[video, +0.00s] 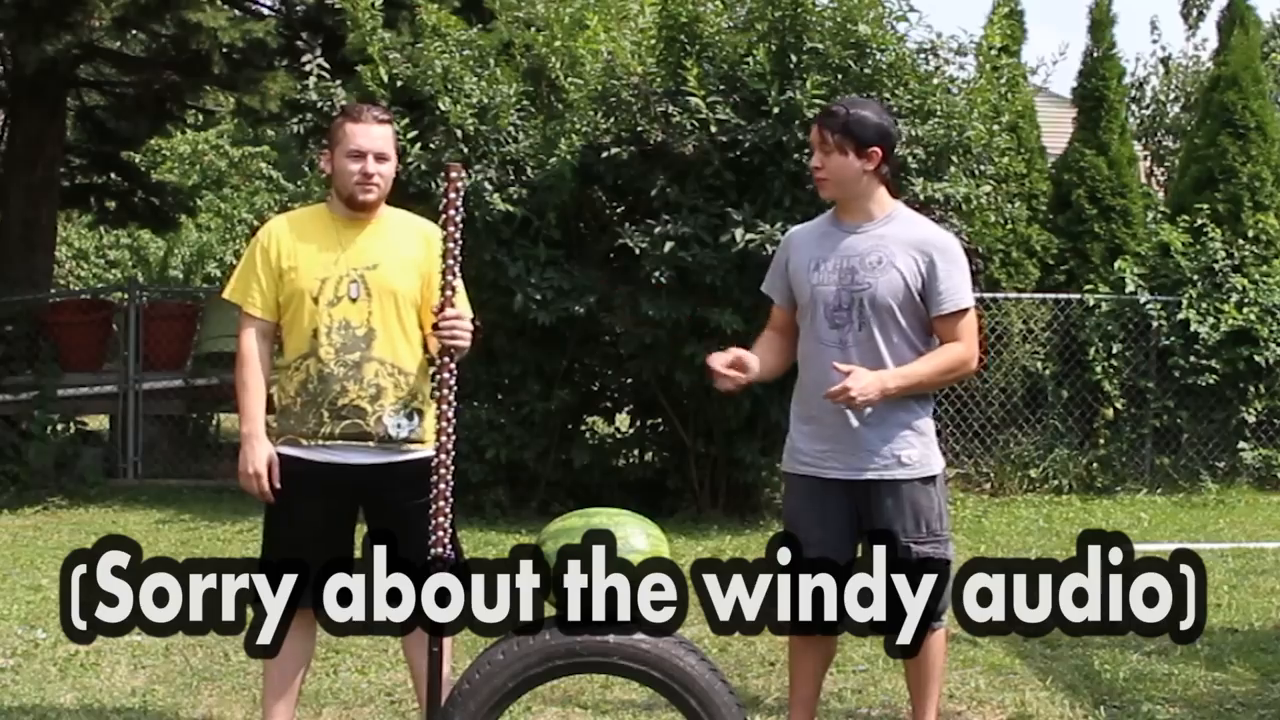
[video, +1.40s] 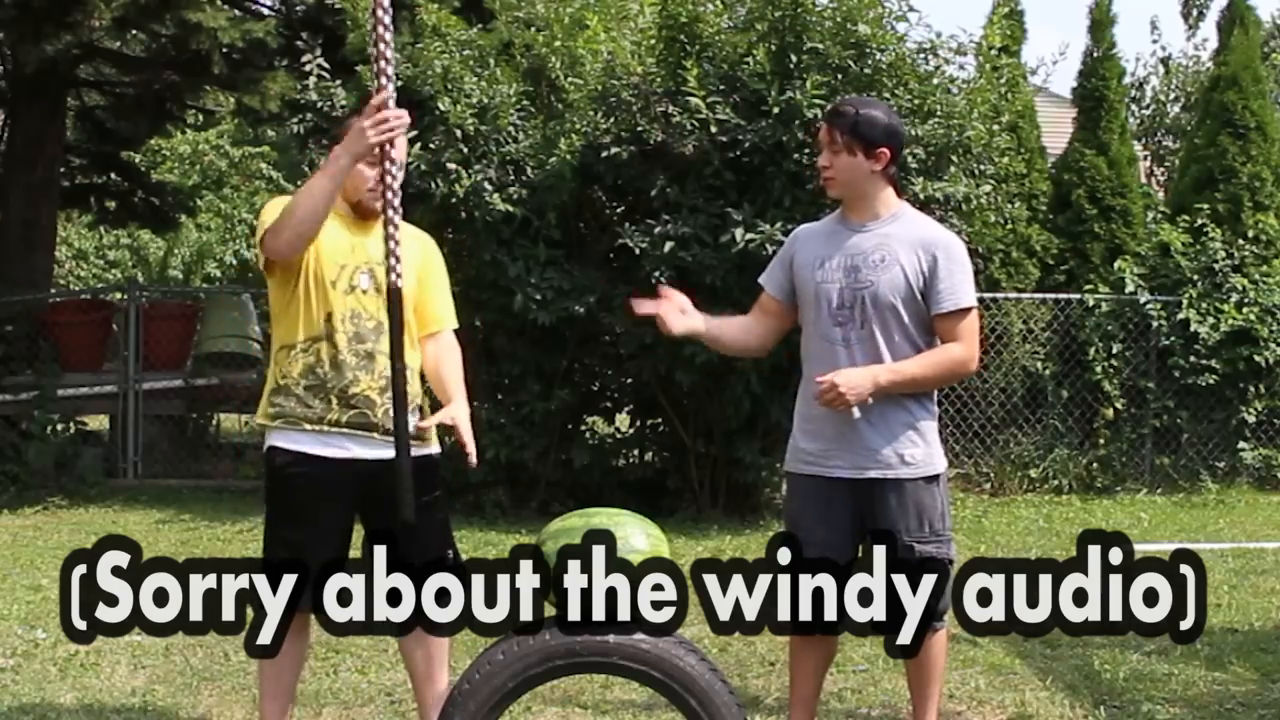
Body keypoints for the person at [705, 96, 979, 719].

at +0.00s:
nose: (813, 163)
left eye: (826, 152)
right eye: (813, 151)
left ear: (872, 158)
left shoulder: (932, 245)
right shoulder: (799, 244)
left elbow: (964, 352)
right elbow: (780, 335)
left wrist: (884, 381)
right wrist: (751, 364)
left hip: (904, 467)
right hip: (814, 464)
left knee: (921, 610)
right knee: (811, 608)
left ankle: (925, 716)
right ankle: (799, 716)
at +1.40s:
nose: (821, 161)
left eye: (834, 151)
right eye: (821, 149)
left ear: (879, 158)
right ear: (829, 156)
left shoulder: (935, 245)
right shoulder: (805, 244)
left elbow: (964, 353)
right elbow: (762, 328)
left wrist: (875, 377)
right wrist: (697, 322)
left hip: (906, 468)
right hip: (817, 466)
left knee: (923, 612)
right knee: (812, 609)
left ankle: (925, 717)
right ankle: (800, 716)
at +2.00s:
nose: (828, 150)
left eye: (842, 141)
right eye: (831, 139)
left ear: (884, 158)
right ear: (861, 156)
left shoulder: (935, 247)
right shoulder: (807, 239)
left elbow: (955, 357)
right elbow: (774, 319)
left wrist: (861, 375)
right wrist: (766, 348)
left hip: (902, 467)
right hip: (813, 462)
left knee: (921, 613)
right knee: (808, 610)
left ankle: (924, 716)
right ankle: (799, 716)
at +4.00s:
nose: (853, 150)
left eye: (868, 139)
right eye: (841, 138)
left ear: (895, 154)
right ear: (826, 154)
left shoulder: (937, 242)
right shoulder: (797, 244)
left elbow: (962, 349)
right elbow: (777, 332)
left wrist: (920, 356)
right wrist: (771, 372)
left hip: (906, 459)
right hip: (815, 458)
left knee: (923, 610)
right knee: (809, 610)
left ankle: (925, 716)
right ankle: (799, 716)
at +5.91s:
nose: (844, 153)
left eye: (859, 142)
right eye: (834, 143)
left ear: (892, 154)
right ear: (825, 157)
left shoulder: (938, 242)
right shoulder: (802, 244)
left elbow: (965, 351)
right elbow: (763, 337)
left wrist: (885, 381)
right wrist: (692, 324)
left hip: (907, 464)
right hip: (817, 462)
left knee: (922, 613)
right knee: (811, 611)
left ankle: (926, 717)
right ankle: (799, 716)